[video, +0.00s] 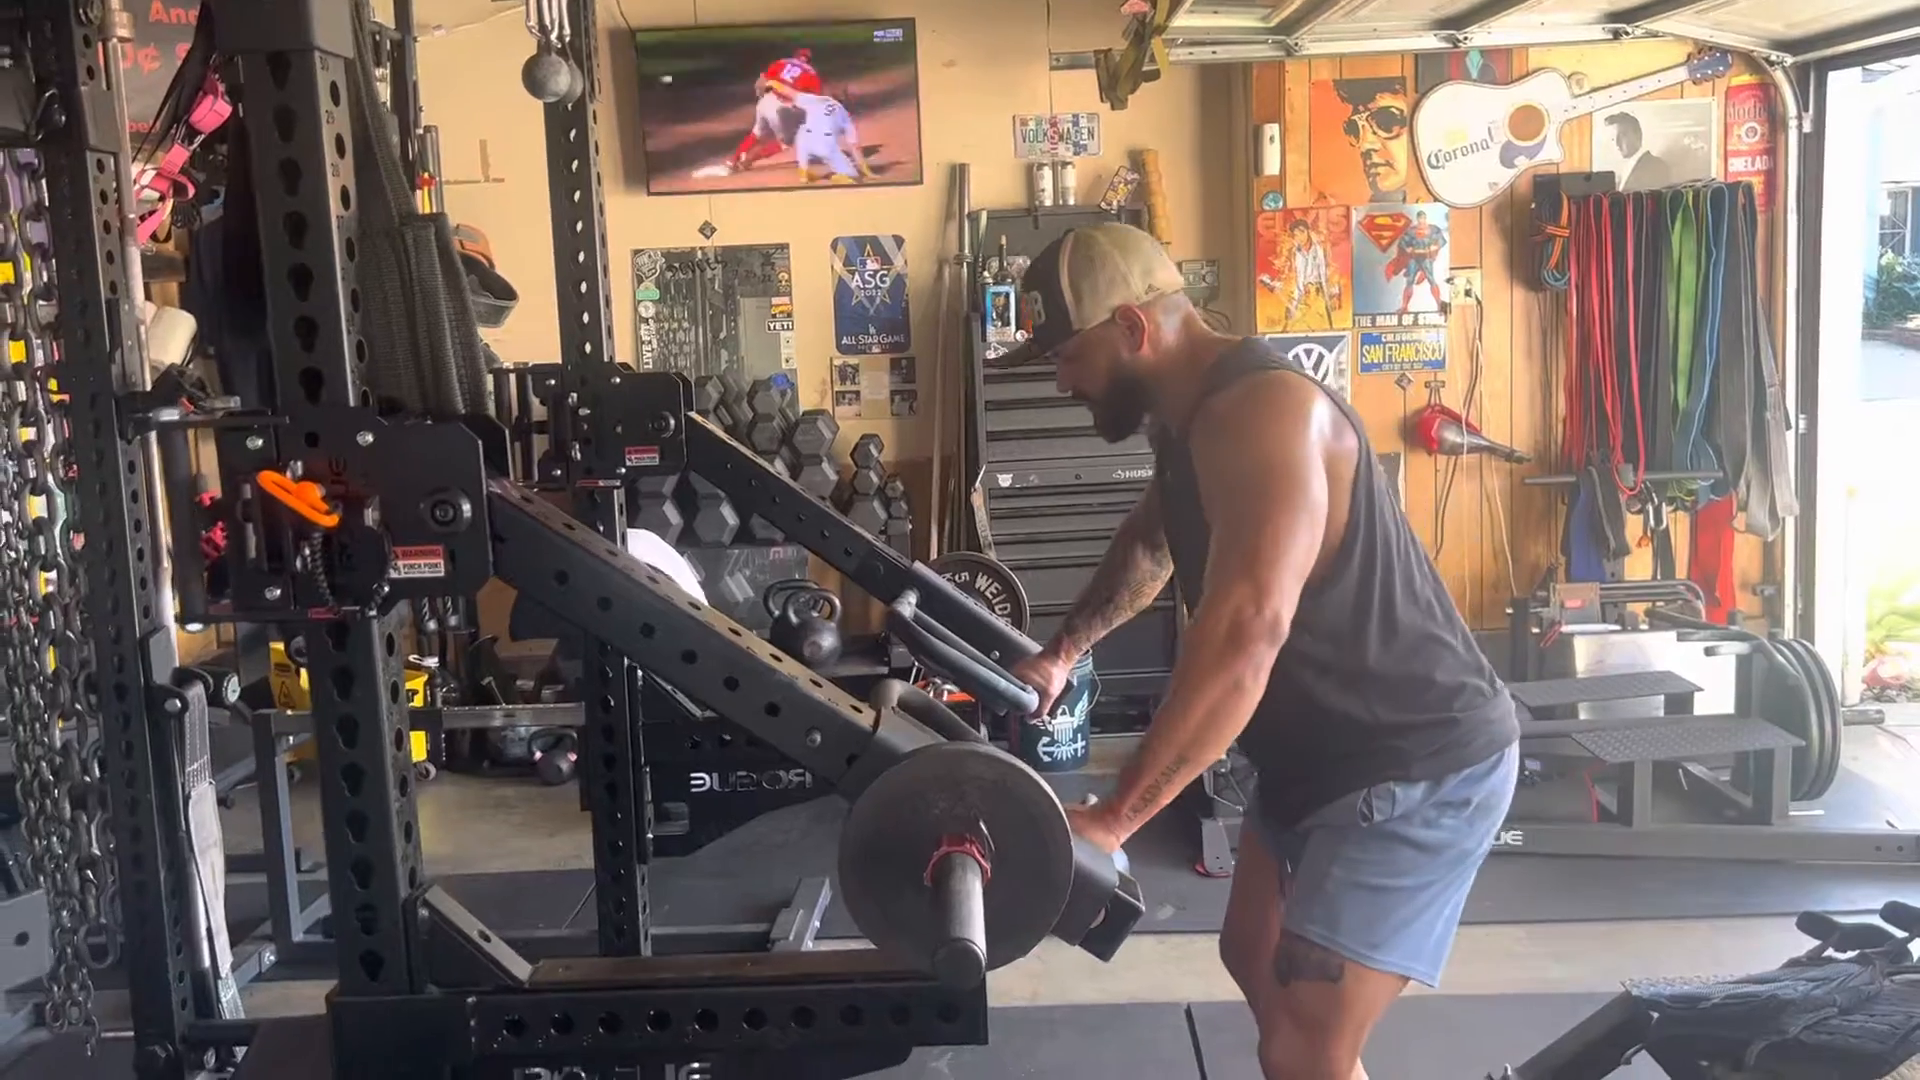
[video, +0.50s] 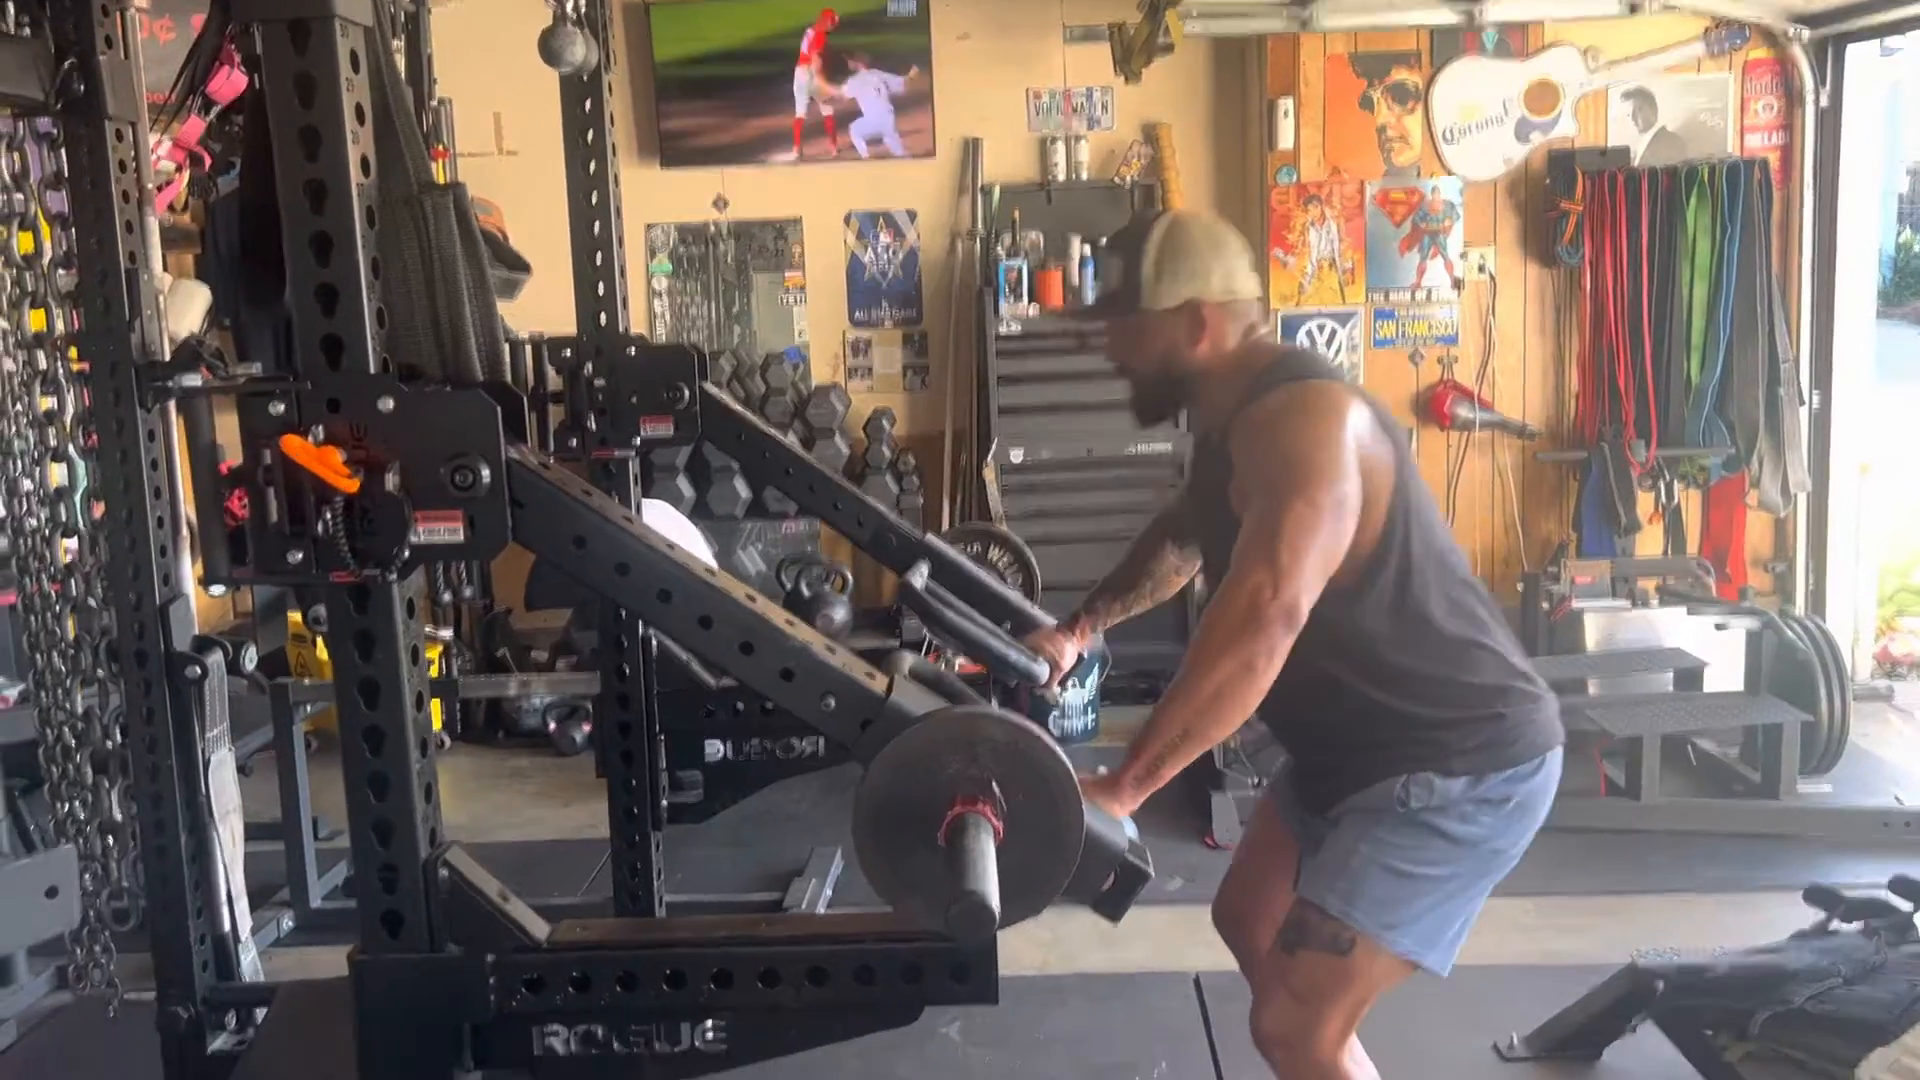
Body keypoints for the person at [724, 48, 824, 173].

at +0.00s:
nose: (803, 60)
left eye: (803, 58)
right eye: (805, 58)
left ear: (795, 56)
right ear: (808, 59)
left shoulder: (781, 63)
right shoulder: (812, 74)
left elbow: (764, 78)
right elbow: (814, 97)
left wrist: (760, 92)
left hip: (766, 99)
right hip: (783, 107)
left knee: (756, 133)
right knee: (784, 143)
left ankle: (734, 159)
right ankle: (749, 158)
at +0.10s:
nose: (827, 59)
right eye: (828, 56)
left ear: (814, 49)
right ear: (826, 55)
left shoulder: (794, 53)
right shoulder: (820, 68)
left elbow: (778, 70)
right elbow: (817, 96)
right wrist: (813, 119)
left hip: (771, 89)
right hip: (790, 95)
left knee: (766, 130)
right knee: (797, 127)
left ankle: (751, 165)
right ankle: (775, 159)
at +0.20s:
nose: (845, 53)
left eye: (845, 50)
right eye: (845, 50)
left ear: (833, 41)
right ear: (842, 47)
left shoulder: (810, 47)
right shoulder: (832, 57)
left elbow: (796, 66)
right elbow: (826, 81)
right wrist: (820, 104)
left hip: (787, 82)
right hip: (806, 87)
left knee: (783, 129)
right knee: (812, 124)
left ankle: (772, 170)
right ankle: (807, 164)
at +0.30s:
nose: (846, 42)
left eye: (847, 39)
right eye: (846, 39)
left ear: (834, 30)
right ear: (842, 35)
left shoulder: (817, 39)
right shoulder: (832, 45)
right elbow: (822, 67)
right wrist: (836, 89)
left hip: (793, 80)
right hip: (810, 83)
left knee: (792, 127)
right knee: (821, 125)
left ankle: (786, 170)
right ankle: (827, 165)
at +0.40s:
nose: (841, 33)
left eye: (841, 29)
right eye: (840, 29)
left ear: (828, 26)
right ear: (835, 28)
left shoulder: (814, 37)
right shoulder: (827, 42)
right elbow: (819, 72)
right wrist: (834, 92)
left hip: (798, 78)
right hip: (811, 80)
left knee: (798, 123)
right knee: (825, 121)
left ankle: (793, 164)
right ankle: (833, 161)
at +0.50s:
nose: (833, 28)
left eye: (833, 24)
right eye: (832, 24)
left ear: (821, 20)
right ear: (827, 22)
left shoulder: (809, 31)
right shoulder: (820, 36)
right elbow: (815, 64)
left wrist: (848, 63)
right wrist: (827, 87)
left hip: (799, 71)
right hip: (810, 71)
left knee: (800, 110)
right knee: (827, 108)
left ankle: (796, 148)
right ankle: (833, 146)